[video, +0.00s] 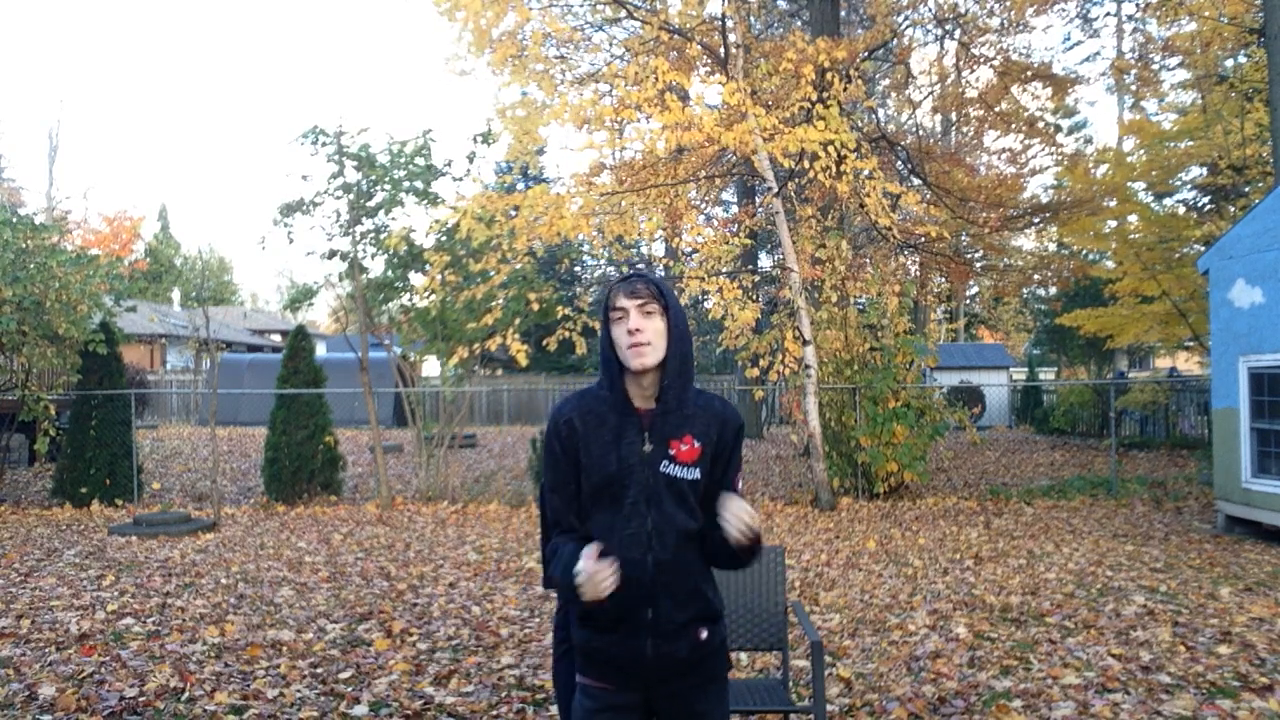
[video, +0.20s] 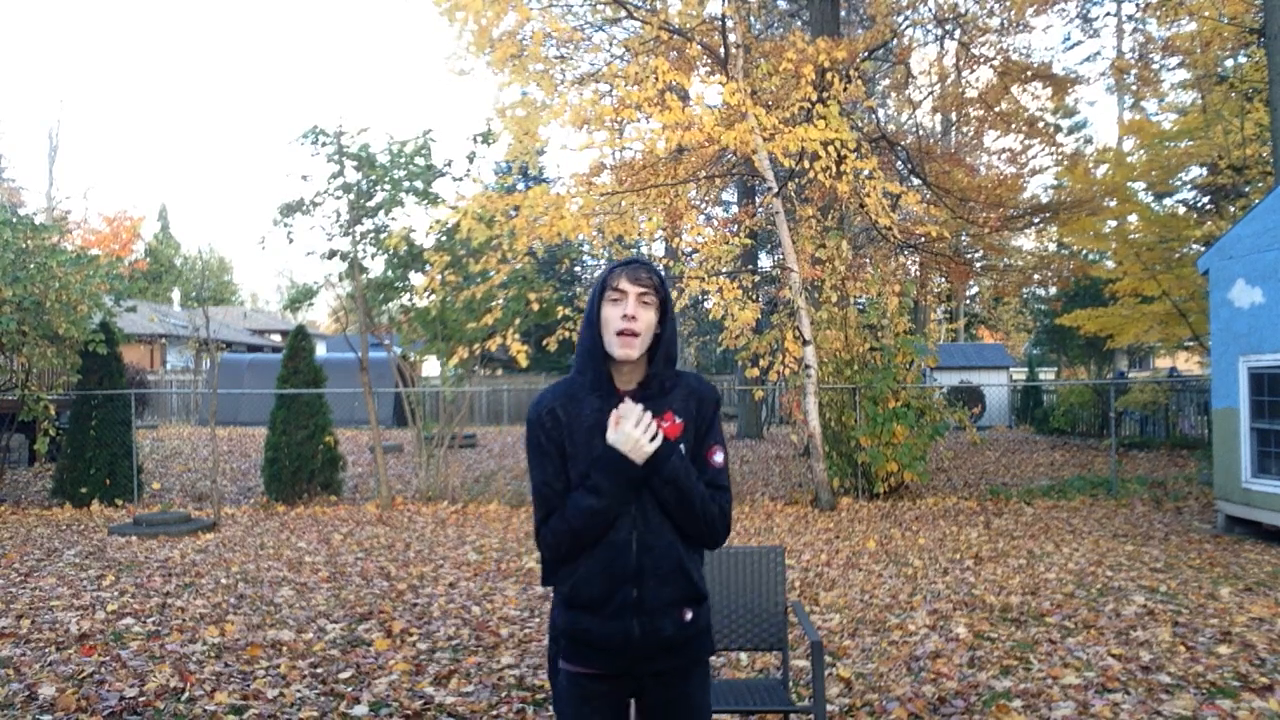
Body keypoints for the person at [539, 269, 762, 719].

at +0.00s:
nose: (634, 326)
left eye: (647, 311)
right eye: (619, 316)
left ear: (672, 325)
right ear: (607, 335)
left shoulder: (717, 421)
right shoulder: (573, 422)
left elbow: (721, 549)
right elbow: (556, 541)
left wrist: (743, 535)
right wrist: (575, 567)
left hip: (694, 656)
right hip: (604, 659)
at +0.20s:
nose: (629, 312)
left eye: (644, 302)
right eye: (616, 299)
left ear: (660, 320)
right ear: (596, 313)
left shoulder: (694, 398)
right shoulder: (555, 409)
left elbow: (715, 528)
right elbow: (553, 542)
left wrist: (657, 457)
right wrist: (615, 460)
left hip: (677, 636)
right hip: (587, 639)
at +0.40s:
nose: (615, 316)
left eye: (630, 306)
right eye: (602, 302)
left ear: (645, 324)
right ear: (580, 315)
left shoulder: (675, 402)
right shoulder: (535, 411)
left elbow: (698, 529)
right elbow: (524, 547)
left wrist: (638, 460)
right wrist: (593, 469)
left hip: (661, 639)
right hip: (573, 644)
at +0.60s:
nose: (606, 336)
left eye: (619, 326)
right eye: (593, 320)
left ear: (628, 341)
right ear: (565, 328)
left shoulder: (660, 409)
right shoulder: (519, 425)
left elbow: (708, 522)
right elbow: (494, 554)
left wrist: (653, 504)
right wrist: (571, 527)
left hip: (652, 663)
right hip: (559, 670)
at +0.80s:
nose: (612, 326)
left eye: (623, 315)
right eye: (597, 309)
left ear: (631, 329)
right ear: (564, 318)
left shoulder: (661, 395)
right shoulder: (523, 411)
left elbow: (715, 503)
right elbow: (507, 539)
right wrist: (483, 642)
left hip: (653, 644)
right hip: (565, 650)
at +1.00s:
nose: (621, 326)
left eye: (632, 315)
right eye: (606, 310)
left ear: (641, 329)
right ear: (574, 319)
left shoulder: (671, 396)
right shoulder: (538, 420)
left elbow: (722, 524)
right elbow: (528, 560)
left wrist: (792, 623)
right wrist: (467, 655)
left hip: (668, 655)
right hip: (578, 660)